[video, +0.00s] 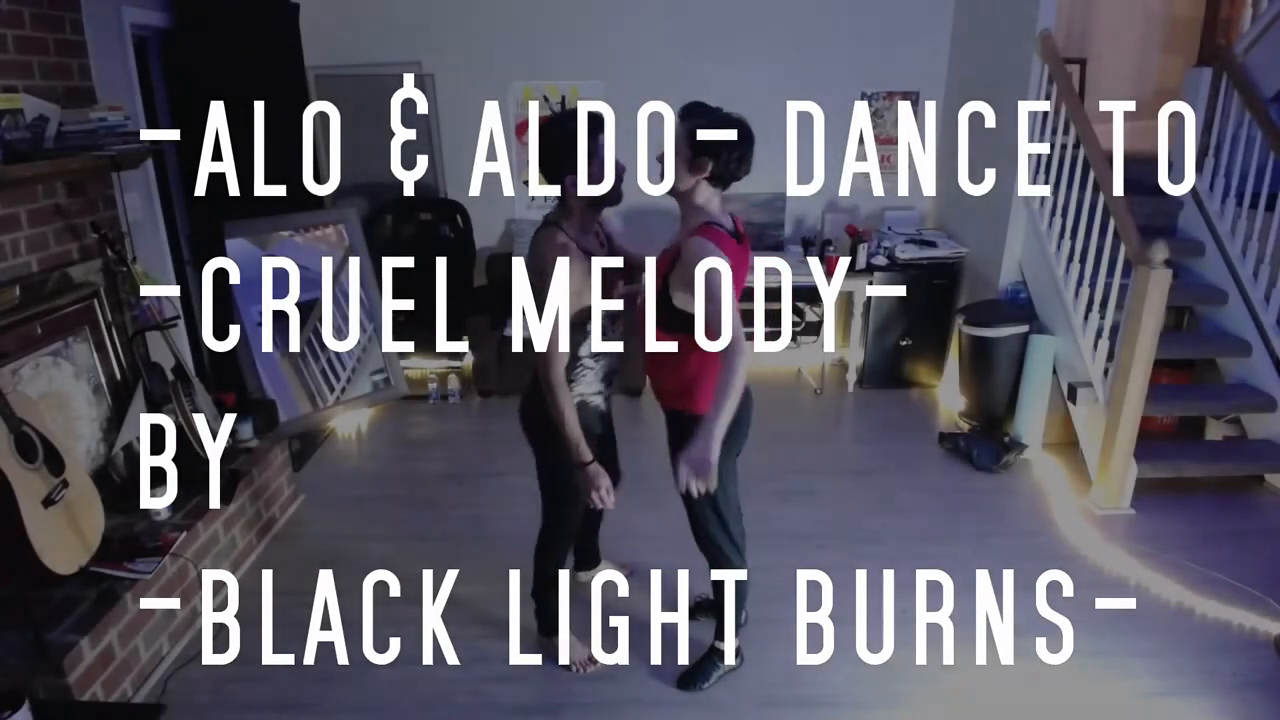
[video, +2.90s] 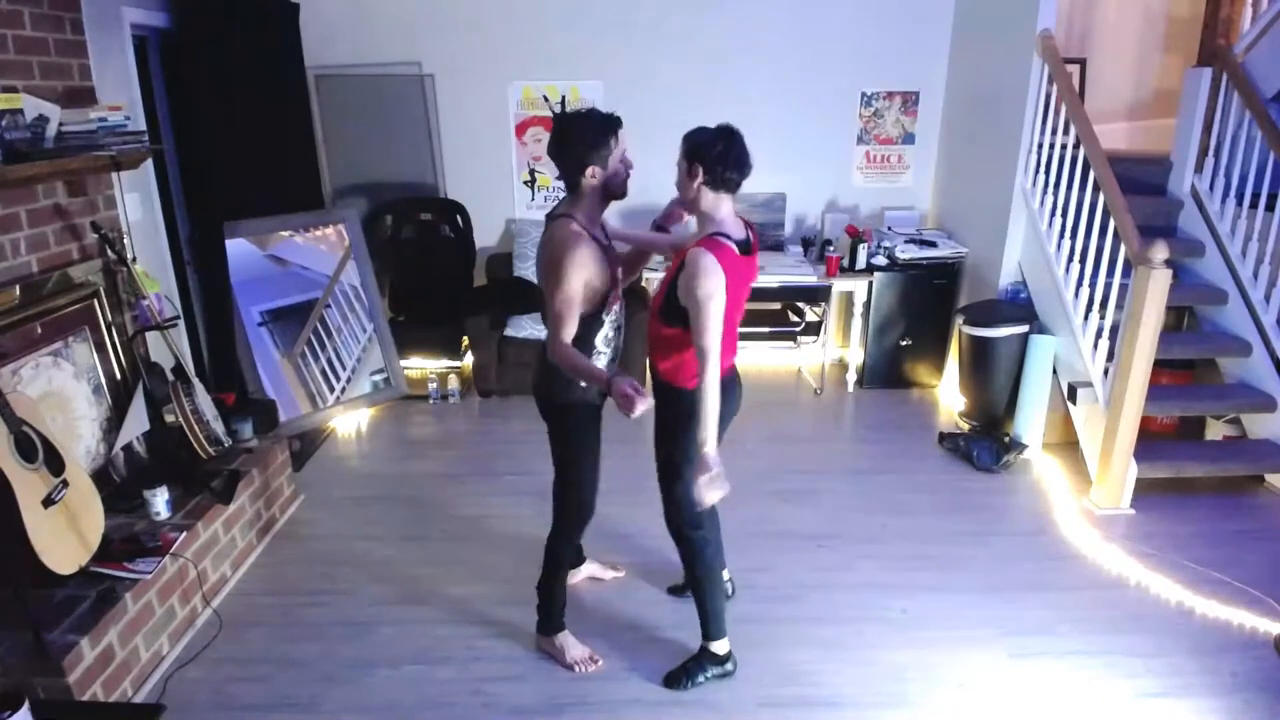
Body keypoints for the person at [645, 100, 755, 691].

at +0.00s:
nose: (664, 159)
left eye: (675, 151)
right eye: (668, 148)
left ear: (702, 164)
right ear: (708, 165)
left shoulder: (708, 251)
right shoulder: (704, 228)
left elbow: (737, 352)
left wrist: (709, 435)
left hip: (704, 413)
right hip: (701, 403)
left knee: (712, 527)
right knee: (715, 514)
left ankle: (727, 645)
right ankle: (727, 600)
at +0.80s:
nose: (701, 195)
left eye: (717, 184)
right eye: (693, 179)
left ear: (740, 186)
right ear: (679, 176)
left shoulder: (744, 234)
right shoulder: (683, 249)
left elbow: (786, 313)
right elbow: (664, 316)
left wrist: (749, 363)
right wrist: (611, 298)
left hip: (731, 421)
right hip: (685, 414)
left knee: (694, 553)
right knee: (680, 514)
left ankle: (725, 648)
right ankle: (686, 584)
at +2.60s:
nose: (666, 165)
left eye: (672, 158)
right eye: (670, 157)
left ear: (694, 170)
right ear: (709, 172)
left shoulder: (704, 255)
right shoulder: (707, 221)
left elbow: (722, 349)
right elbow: (658, 240)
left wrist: (735, 428)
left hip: (699, 395)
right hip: (688, 385)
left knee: (702, 514)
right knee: (683, 484)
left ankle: (718, 646)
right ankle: (711, 573)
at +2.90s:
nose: (677, 176)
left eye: (680, 168)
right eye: (680, 167)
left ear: (695, 175)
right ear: (731, 176)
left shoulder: (705, 264)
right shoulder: (736, 231)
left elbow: (711, 359)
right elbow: (681, 245)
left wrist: (706, 442)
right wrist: (616, 233)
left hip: (691, 398)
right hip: (711, 385)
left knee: (687, 513)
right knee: (689, 488)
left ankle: (718, 649)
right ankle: (714, 572)